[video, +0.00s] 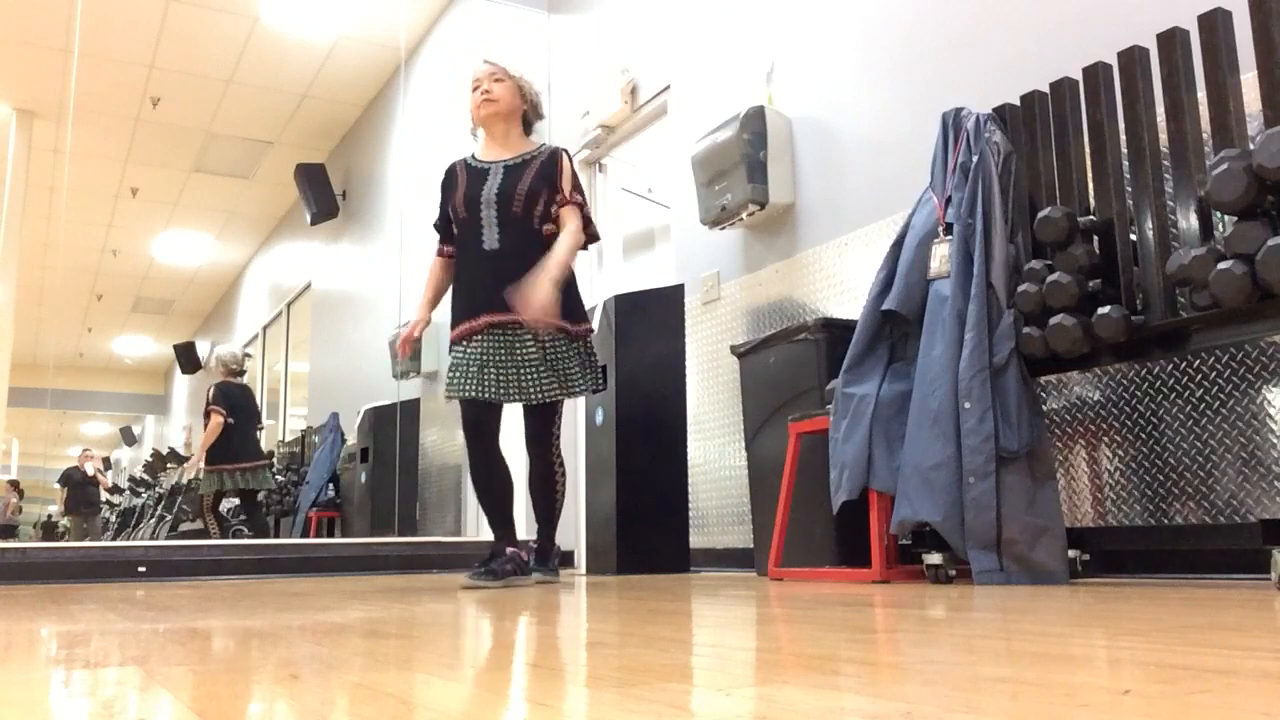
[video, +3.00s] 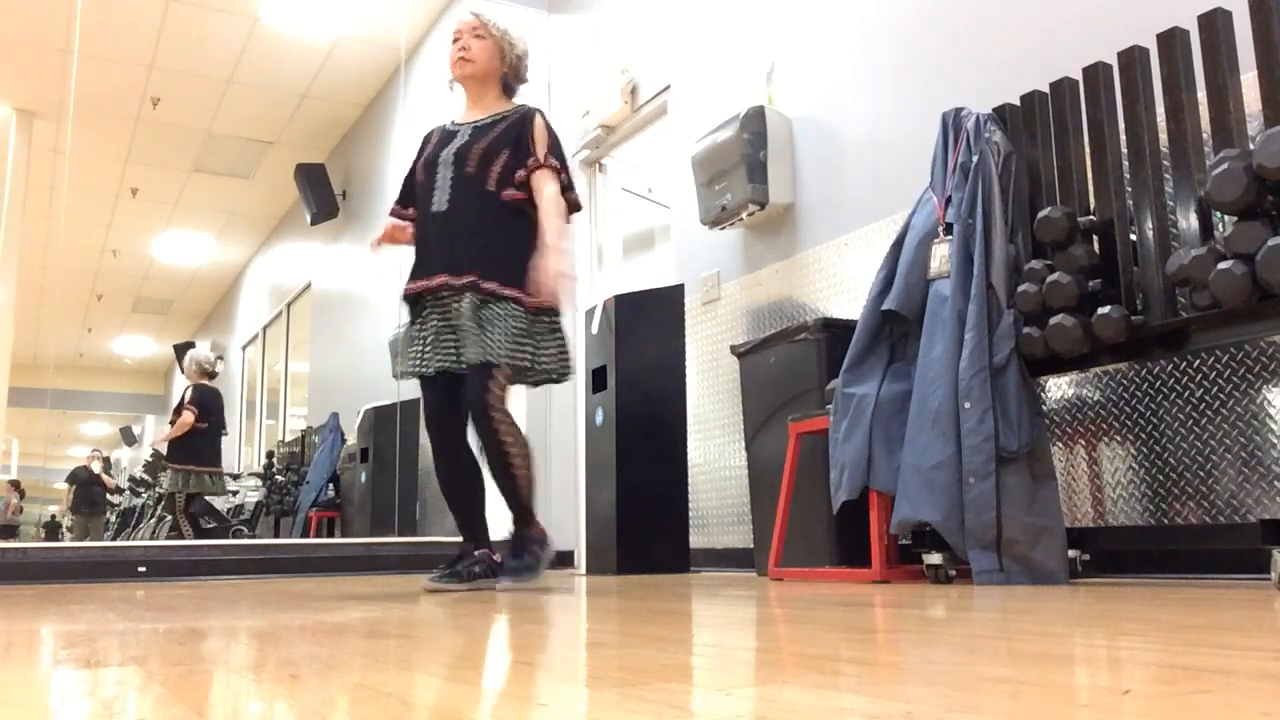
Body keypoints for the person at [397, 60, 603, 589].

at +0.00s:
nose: (482, 88)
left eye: (495, 82)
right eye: (475, 86)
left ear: (523, 101)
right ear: (472, 112)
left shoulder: (551, 159)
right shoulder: (459, 173)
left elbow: (574, 229)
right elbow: (445, 256)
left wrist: (547, 280)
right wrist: (421, 317)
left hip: (541, 315)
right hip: (477, 319)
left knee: (541, 439)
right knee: (479, 436)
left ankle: (545, 550)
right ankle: (505, 548)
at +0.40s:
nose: (482, 67)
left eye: (496, 62)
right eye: (477, 65)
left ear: (524, 84)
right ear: (471, 89)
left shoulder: (550, 144)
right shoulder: (451, 155)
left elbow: (591, 220)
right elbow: (435, 237)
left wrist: (610, 286)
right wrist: (419, 231)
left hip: (529, 302)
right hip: (464, 304)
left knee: (515, 418)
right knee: (478, 432)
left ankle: (561, 513)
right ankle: (505, 549)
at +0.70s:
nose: (490, 55)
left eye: (505, 49)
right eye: (484, 52)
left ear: (532, 74)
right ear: (478, 79)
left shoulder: (556, 134)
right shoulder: (454, 143)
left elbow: (598, 214)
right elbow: (429, 227)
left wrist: (568, 204)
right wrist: (425, 175)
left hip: (534, 294)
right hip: (470, 298)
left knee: (527, 424)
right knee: (487, 430)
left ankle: (531, 550)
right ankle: (503, 548)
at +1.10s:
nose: (495, 41)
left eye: (510, 36)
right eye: (489, 39)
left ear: (538, 62)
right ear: (482, 67)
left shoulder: (565, 125)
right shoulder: (457, 130)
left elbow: (597, 199)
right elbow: (435, 211)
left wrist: (604, 212)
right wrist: (464, 242)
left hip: (549, 290)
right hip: (480, 292)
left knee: (533, 421)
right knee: (472, 429)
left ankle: (532, 548)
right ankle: (502, 542)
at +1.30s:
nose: (493, 32)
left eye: (508, 26)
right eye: (485, 29)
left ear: (536, 52)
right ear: (477, 58)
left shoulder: (564, 119)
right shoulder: (455, 124)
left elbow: (604, 197)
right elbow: (424, 213)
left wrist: (559, 174)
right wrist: (413, 284)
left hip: (545, 286)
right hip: (472, 287)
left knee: (534, 420)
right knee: (446, 392)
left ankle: (533, 548)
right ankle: (476, 521)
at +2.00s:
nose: (474, 37)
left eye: (488, 27)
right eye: (466, 32)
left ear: (521, 45)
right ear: (461, 55)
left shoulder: (549, 109)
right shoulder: (444, 128)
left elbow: (562, 157)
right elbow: (412, 203)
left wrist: (500, 176)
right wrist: (373, 208)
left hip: (518, 282)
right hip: (445, 280)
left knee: (514, 423)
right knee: (437, 421)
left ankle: (535, 551)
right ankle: (427, 556)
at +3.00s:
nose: (460, 46)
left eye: (474, 37)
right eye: (455, 41)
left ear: (505, 57)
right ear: (451, 64)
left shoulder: (526, 121)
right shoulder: (436, 139)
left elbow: (549, 194)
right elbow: (426, 221)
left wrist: (551, 253)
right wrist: (401, 230)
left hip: (500, 287)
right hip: (435, 292)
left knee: (485, 403)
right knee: (442, 425)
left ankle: (529, 535)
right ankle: (476, 549)